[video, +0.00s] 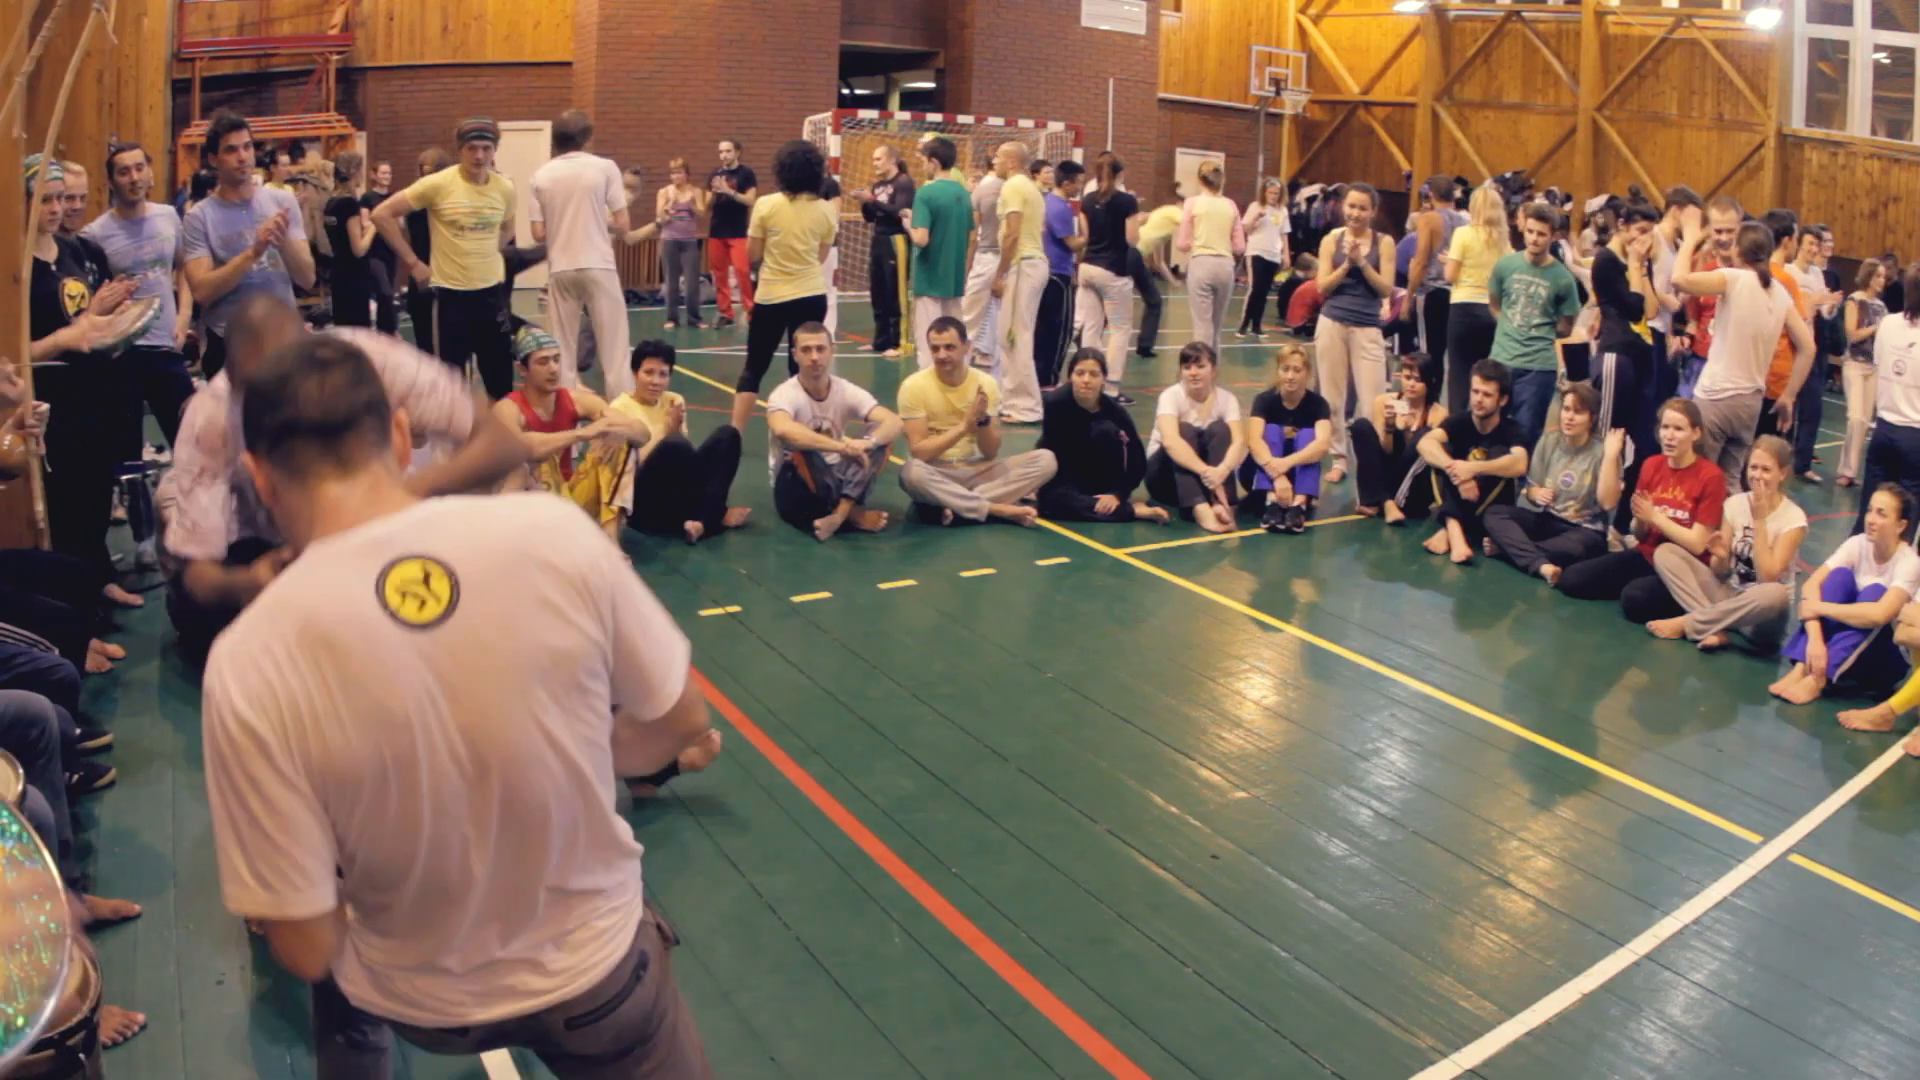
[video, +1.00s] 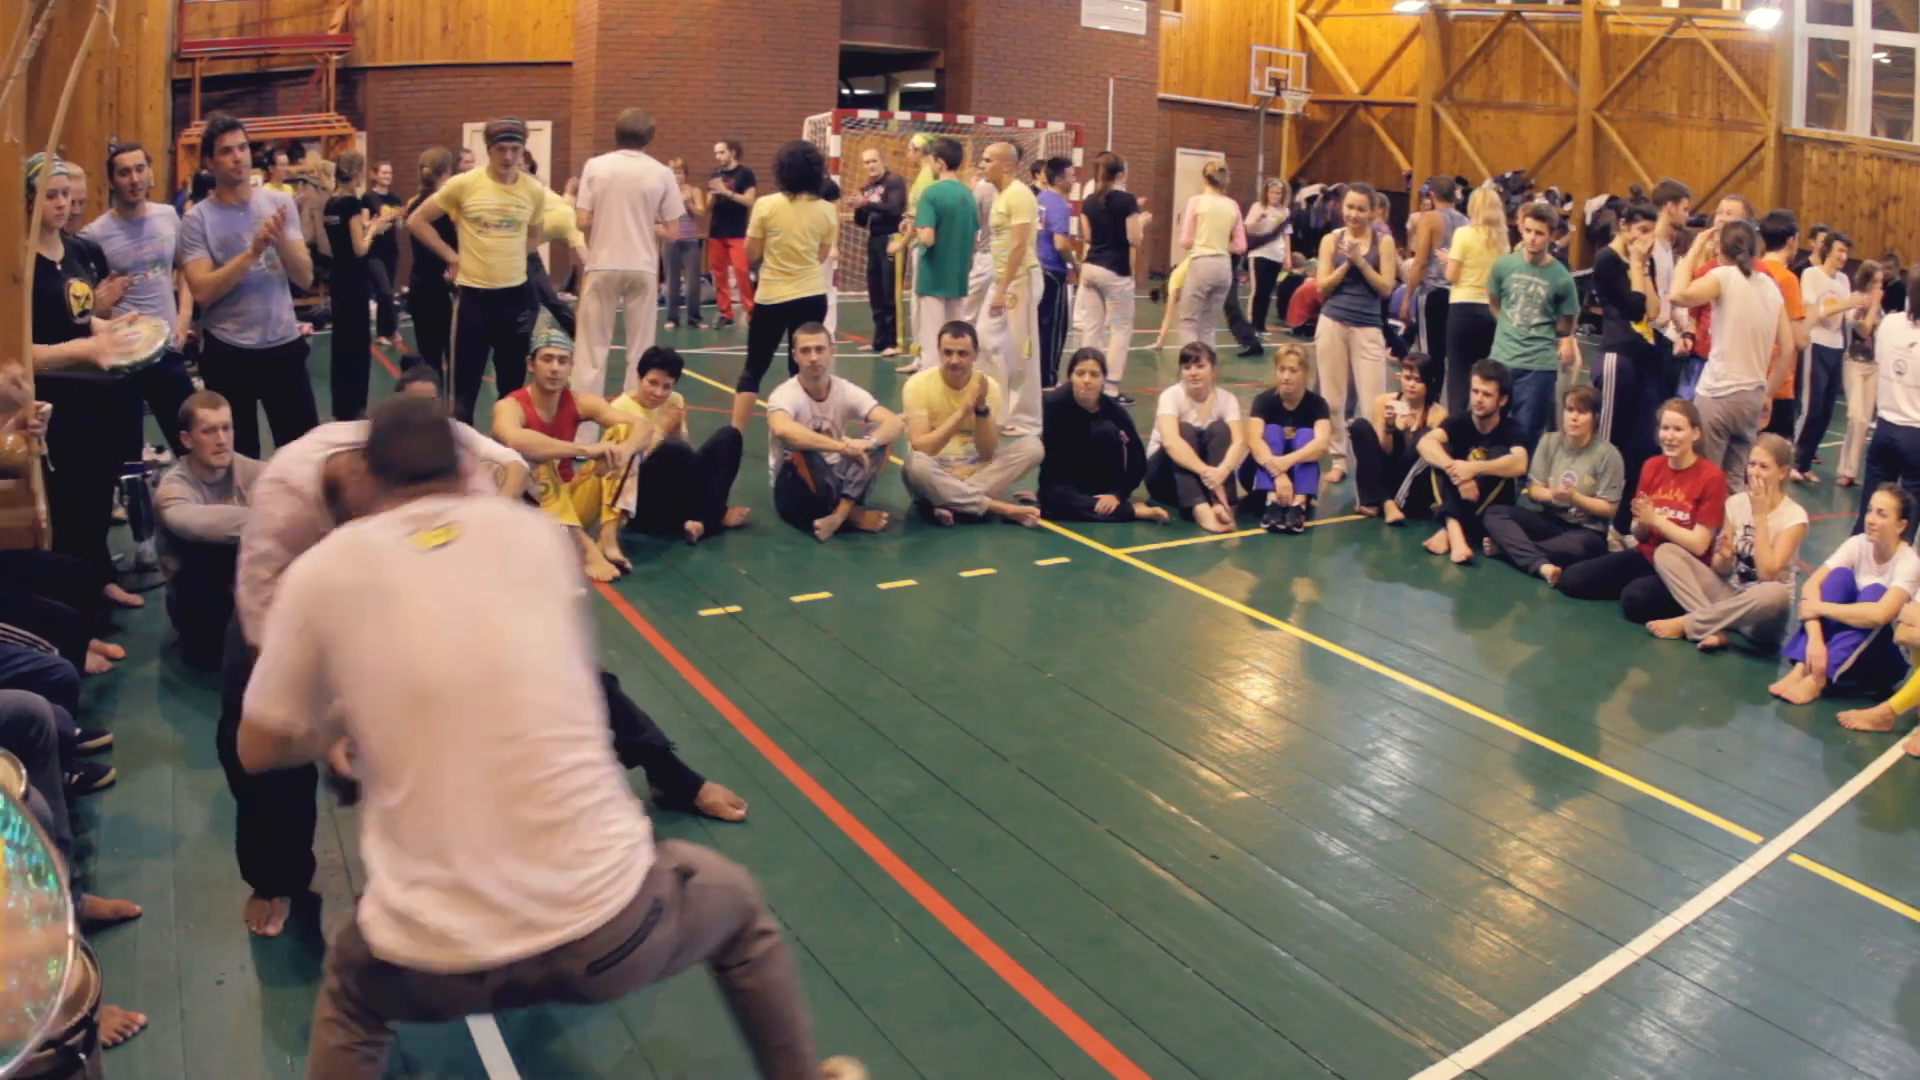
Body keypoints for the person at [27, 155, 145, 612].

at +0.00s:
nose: (58, 208)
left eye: (65, 198)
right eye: (47, 198)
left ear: (71, 202)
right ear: (24, 201)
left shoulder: (80, 254)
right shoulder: (16, 265)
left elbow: (82, 332)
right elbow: (16, 353)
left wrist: (110, 314)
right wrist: (76, 327)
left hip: (89, 389)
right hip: (43, 396)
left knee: (94, 488)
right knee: (63, 494)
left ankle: (100, 574)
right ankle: (69, 586)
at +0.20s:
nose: (62, 210)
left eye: (69, 201)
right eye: (51, 201)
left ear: (76, 204)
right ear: (27, 204)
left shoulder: (82, 255)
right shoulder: (16, 267)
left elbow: (85, 330)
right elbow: (16, 358)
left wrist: (103, 314)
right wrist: (81, 344)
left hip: (96, 392)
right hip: (53, 400)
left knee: (97, 493)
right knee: (70, 497)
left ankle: (100, 574)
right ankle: (76, 587)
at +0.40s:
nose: (58, 208)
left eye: (62, 198)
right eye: (47, 199)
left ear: (68, 201)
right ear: (24, 204)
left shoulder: (72, 253)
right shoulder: (18, 264)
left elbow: (74, 326)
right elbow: (28, 352)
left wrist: (111, 330)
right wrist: (99, 318)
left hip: (93, 399)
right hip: (54, 406)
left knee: (94, 519)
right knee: (75, 521)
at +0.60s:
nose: (57, 206)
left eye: (61, 196)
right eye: (46, 197)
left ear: (68, 199)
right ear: (23, 203)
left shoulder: (76, 252)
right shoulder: (15, 265)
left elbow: (83, 323)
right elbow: (14, 357)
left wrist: (118, 322)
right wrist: (86, 369)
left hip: (97, 401)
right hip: (53, 413)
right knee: (72, 522)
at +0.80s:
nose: (58, 212)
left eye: (64, 203)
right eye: (48, 203)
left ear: (70, 206)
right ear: (26, 207)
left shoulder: (77, 254)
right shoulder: (16, 269)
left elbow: (85, 322)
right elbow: (22, 361)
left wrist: (116, 319)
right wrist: (87, 359)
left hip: (95, 391)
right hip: (54, 402)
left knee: (99, 495)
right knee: (73, 499)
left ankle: (102, 576)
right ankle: (80, 591)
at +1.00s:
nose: (64, 204)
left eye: (70, 195)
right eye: (54, 194)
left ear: (76, 199)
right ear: (30, 199)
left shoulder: (83, 252)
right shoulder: (16, 262)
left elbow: (85, 318)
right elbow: (14, 356)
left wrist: (115, 328)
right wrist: (82, 349)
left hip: (96, 389)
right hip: (51, 397)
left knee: (97, 494)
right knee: (68, 498)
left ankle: (101, 576)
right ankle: (73, 592)